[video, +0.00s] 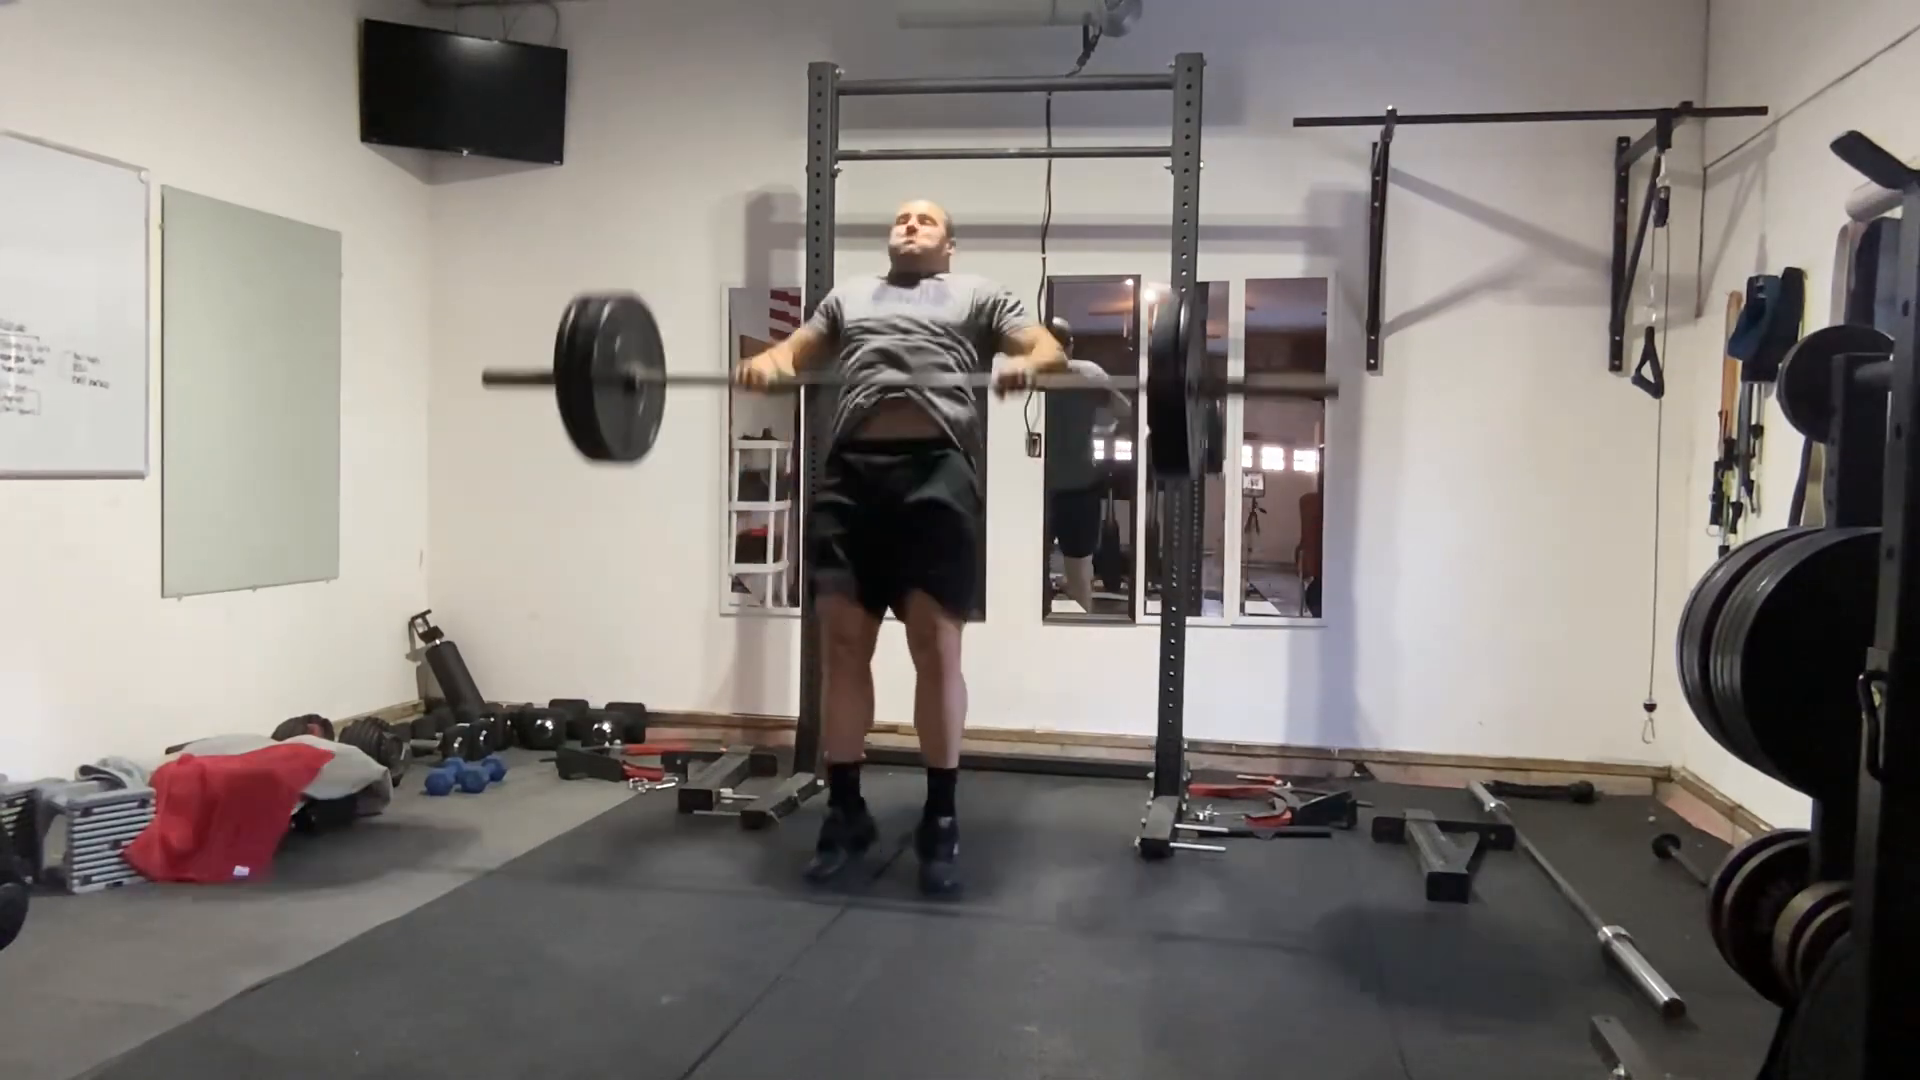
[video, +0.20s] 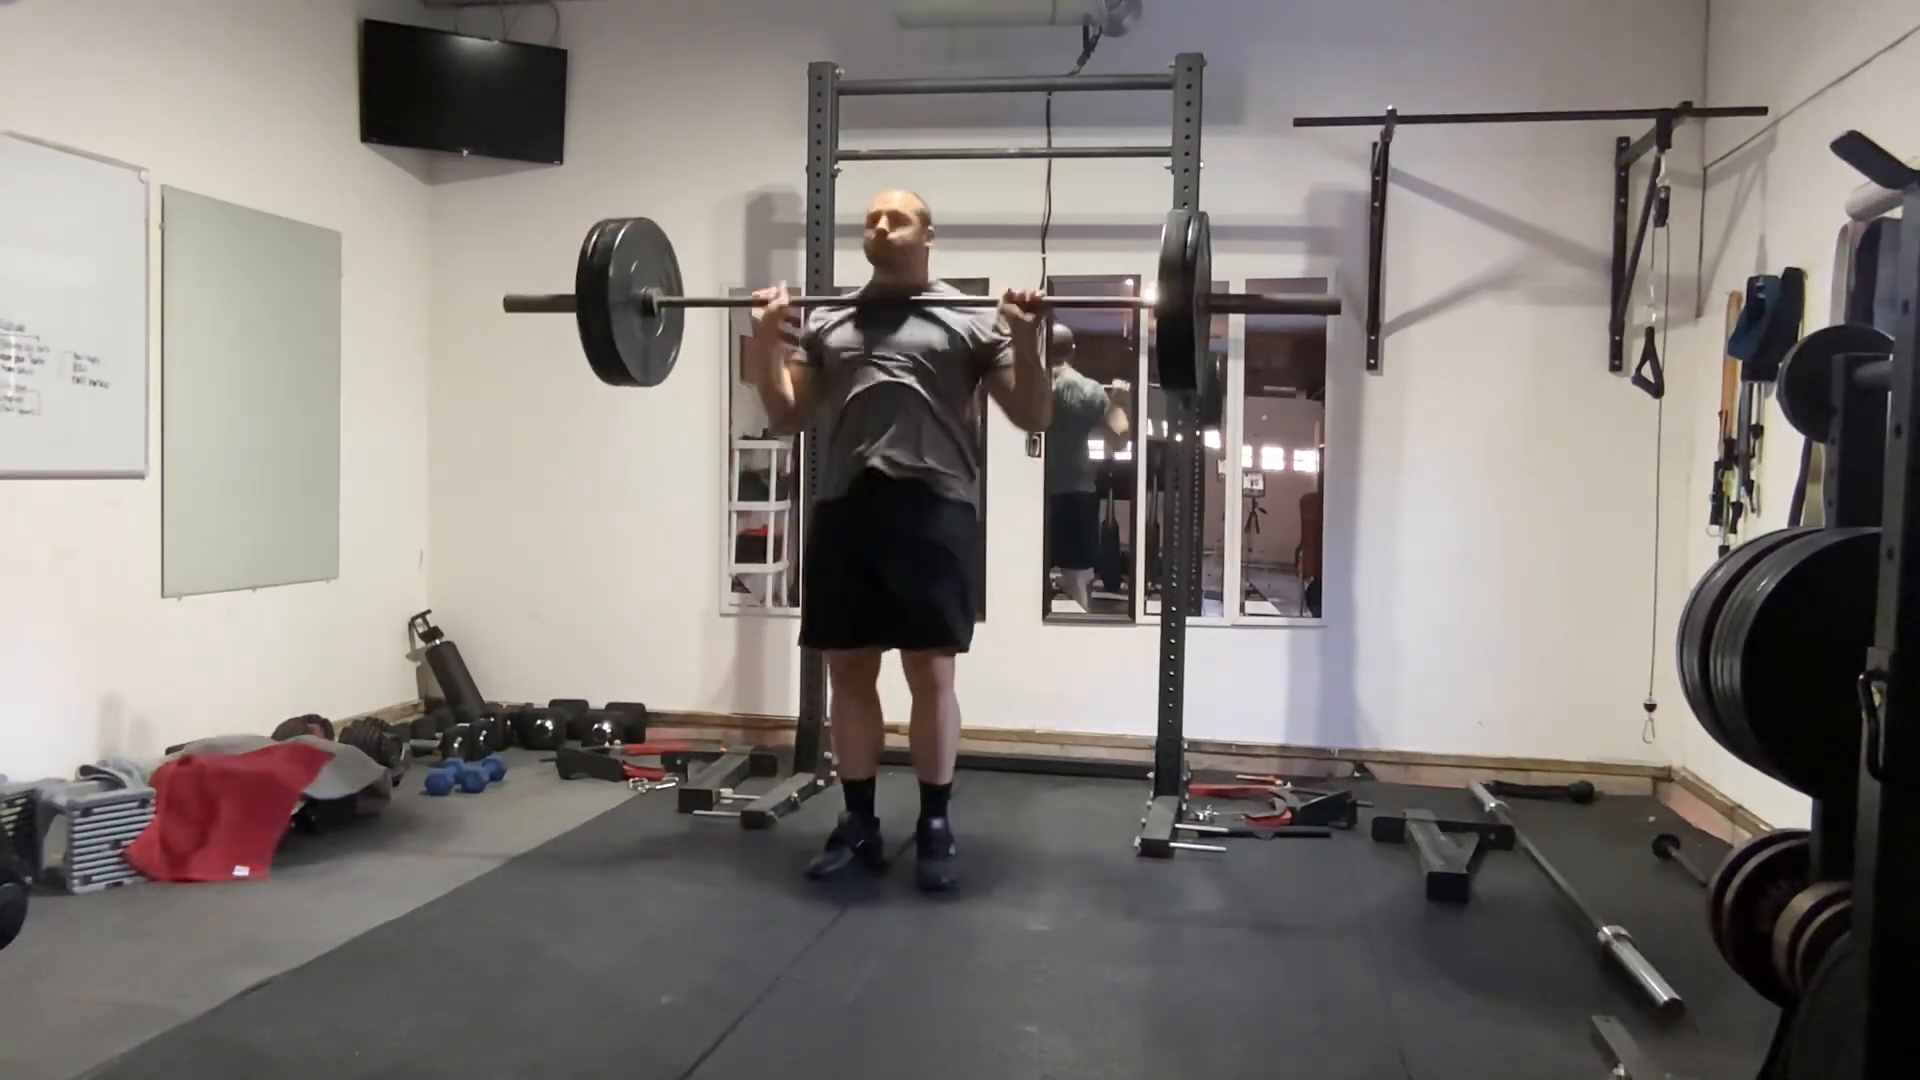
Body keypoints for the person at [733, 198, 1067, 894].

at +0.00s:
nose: (908, 225)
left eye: (923, 221)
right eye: (900, 220)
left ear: (948, 244)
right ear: (886, 243)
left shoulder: (980, 296)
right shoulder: (849, 297)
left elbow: (1050, 347)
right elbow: (794, 352)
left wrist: (1028, 362)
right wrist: (767, 362)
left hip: (935, 473)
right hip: (852, 472)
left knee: (934, 643)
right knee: (842, 643)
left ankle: (941, 819)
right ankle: (844, 812)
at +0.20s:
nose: (880, 227)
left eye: (895, 218)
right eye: (872, 220)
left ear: (928, 238)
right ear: (863, 242)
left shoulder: (972, 318)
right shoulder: (830, 325)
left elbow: (1032, 413)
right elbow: (784, 415)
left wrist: (1025, 335)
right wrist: (765, 341)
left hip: (934, 508)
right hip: (845, 507)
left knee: (930, 669)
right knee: (849, 669)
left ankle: (935, 831)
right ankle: (858, 830)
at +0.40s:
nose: (886, 255)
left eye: (900, 246)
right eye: (878, 246)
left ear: (932, 260)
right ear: (867, 259)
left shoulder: (951, 323)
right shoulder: (834, 323)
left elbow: (981, 356)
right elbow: (765, 360)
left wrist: (1005, 305)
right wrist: (769, 298)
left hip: (931, 526)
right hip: (841, 525)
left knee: (932, 684)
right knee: (827, 681)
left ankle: (934, 833)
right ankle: (857, 831)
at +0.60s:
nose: (893, 254)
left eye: (908, 246)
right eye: (885, 244)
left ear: (936, 262)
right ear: (871, 258)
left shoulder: (954, 324)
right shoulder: (835, 322)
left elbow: (981, 359)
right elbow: (765, 360)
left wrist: (1007, 302)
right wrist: (770, 297)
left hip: (934, 529)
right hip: (842, 528)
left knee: (937, 684)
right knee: (824, 681)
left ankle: (934, 832)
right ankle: (857, 830)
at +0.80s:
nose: (896, 239)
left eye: (912, 231)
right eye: (887, 230)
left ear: (937, 249)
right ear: (872, 247)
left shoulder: (958, 318)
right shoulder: (832, 318)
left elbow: (1002, 353)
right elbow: (762, 360)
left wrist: (1014, 289)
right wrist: (766, 290)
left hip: (943, 529)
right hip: (849, 526)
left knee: (951, 683)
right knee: (824, 675)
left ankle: (935, 832)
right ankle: (857, 827)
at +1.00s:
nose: (894, 289)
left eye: (910, 281)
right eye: (884, 281)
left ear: (936, 302)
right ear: (869, 299)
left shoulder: (958, 369)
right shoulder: (831, 373)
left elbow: (998, 408)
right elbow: (762, 415)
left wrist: (1009, 341)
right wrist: (764, 343)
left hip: (943, 569)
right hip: (845, 567)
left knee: (953, 712)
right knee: (798, 699)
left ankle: (935, 833)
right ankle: (857, 831)